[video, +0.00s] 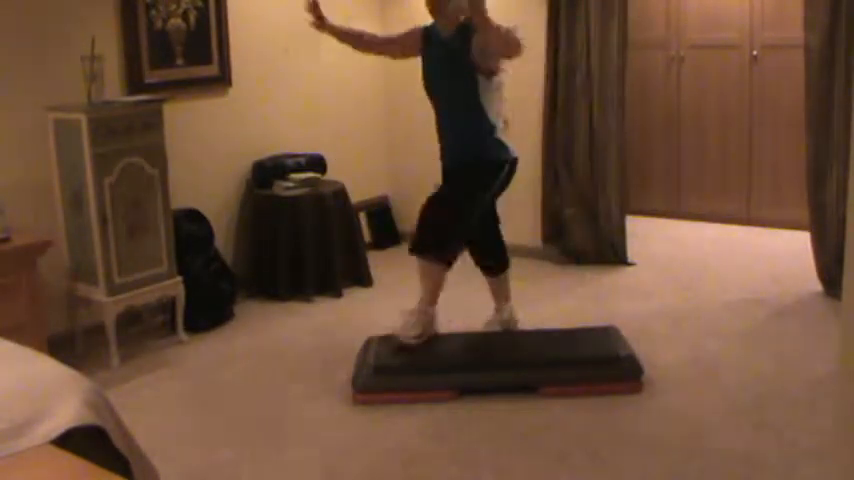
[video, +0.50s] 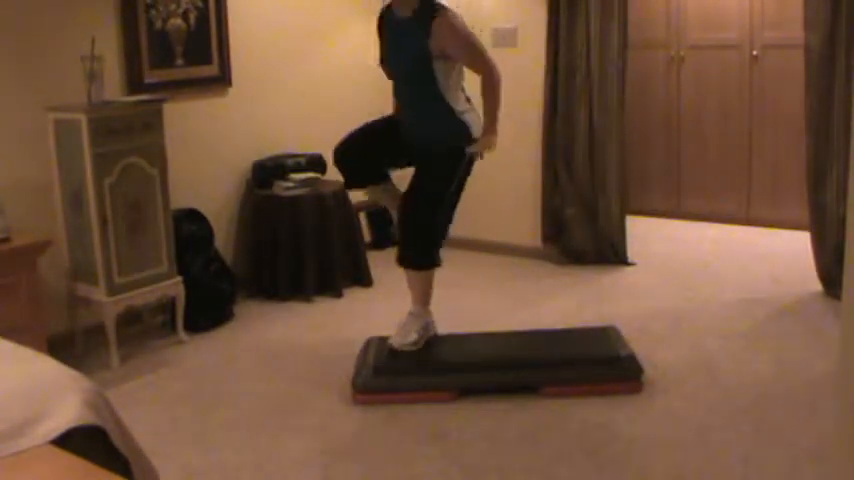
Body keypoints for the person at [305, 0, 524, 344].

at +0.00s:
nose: (433, 7)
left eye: (439, 1)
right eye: (431, 3)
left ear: (460, 3)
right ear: (430, 7)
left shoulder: (480, 34)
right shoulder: (426, 36)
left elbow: (511, 48)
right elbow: (376, 45)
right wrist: (327, 27)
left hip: (490, 158)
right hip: (457, 161)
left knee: (437, 222)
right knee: (484, 236)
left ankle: (424, 315)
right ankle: (505, 314)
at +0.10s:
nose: (422, 5)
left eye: (427, 1)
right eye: (421, 1)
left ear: (444, 2)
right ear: (422, 5)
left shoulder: (466, 35)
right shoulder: (418, 34)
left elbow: (493, 45)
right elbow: (374, 40)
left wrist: (463, 11)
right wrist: (324, 17)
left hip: (475, 158)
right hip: (442, 159)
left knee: (422, 221)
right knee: (468, 234)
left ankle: (420, 317)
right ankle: (499, 308)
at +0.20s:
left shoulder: (452, 13)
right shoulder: (406, 16)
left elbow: (492, 44)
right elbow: (362, 27)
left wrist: (453, 39)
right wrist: (312, 30)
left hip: (465, 141)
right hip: (431, 142)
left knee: (421, 228)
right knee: (431, 227)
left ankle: (420, 318)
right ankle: (477, 290)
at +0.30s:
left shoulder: (449, 8)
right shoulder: (397, 8)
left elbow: (493, 48)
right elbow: (364, 32)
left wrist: (476, 86)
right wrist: (328, 59)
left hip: (460, 129)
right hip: (423, 128)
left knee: (429, 217)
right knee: (391, 212)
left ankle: (420, 315)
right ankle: (454, 261)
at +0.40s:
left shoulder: (442, 9)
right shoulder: (394, 10)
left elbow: (492, 57)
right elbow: (385, 47)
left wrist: (487, 117)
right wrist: (366, 86)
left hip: (456, 131)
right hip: (417, 123)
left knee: (425, 219)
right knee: (362, 173)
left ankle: (421, 315)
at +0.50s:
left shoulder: (441, 21)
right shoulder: (387, 18)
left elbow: (490, 71)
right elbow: (400, 77)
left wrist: (490, 131)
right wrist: (398, 124)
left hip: (451, 136)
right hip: (411, 128)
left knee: (418, 221)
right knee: (351, 155)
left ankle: (420, 316)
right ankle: (403, 209)